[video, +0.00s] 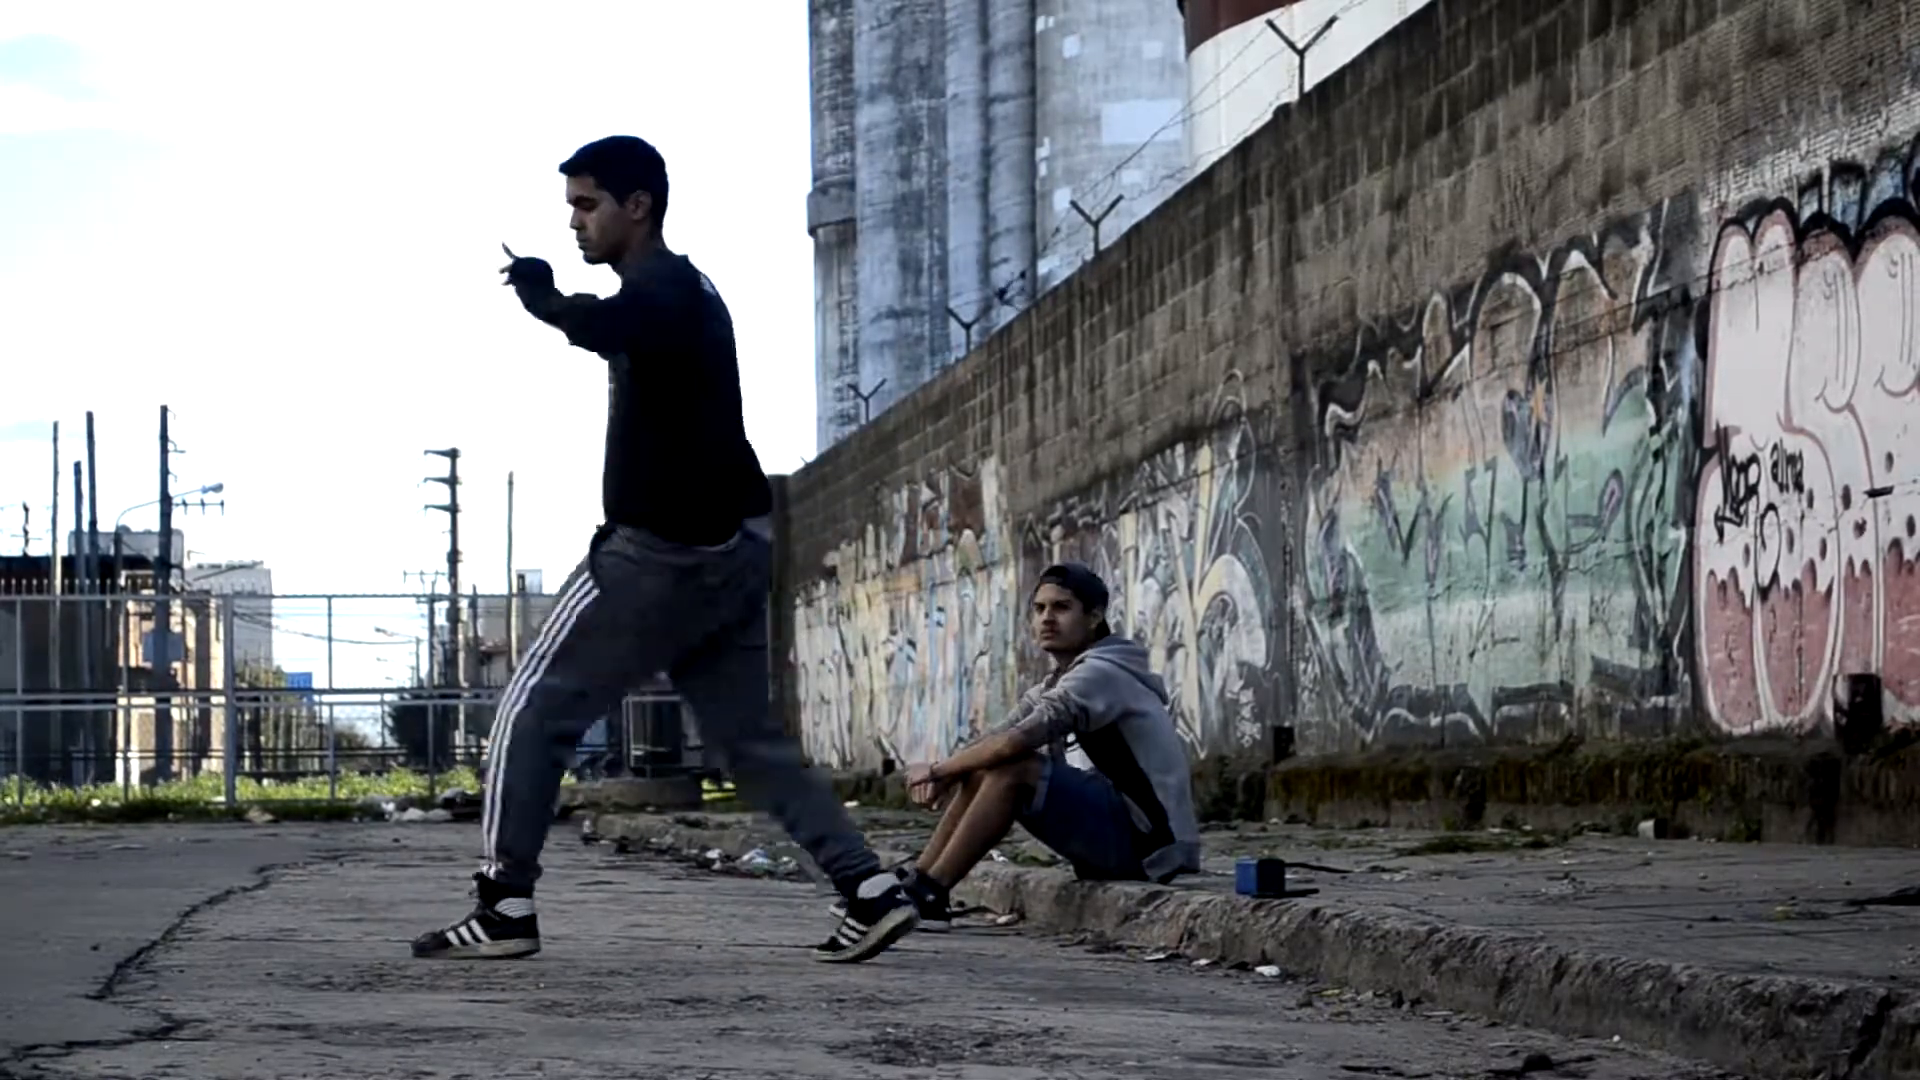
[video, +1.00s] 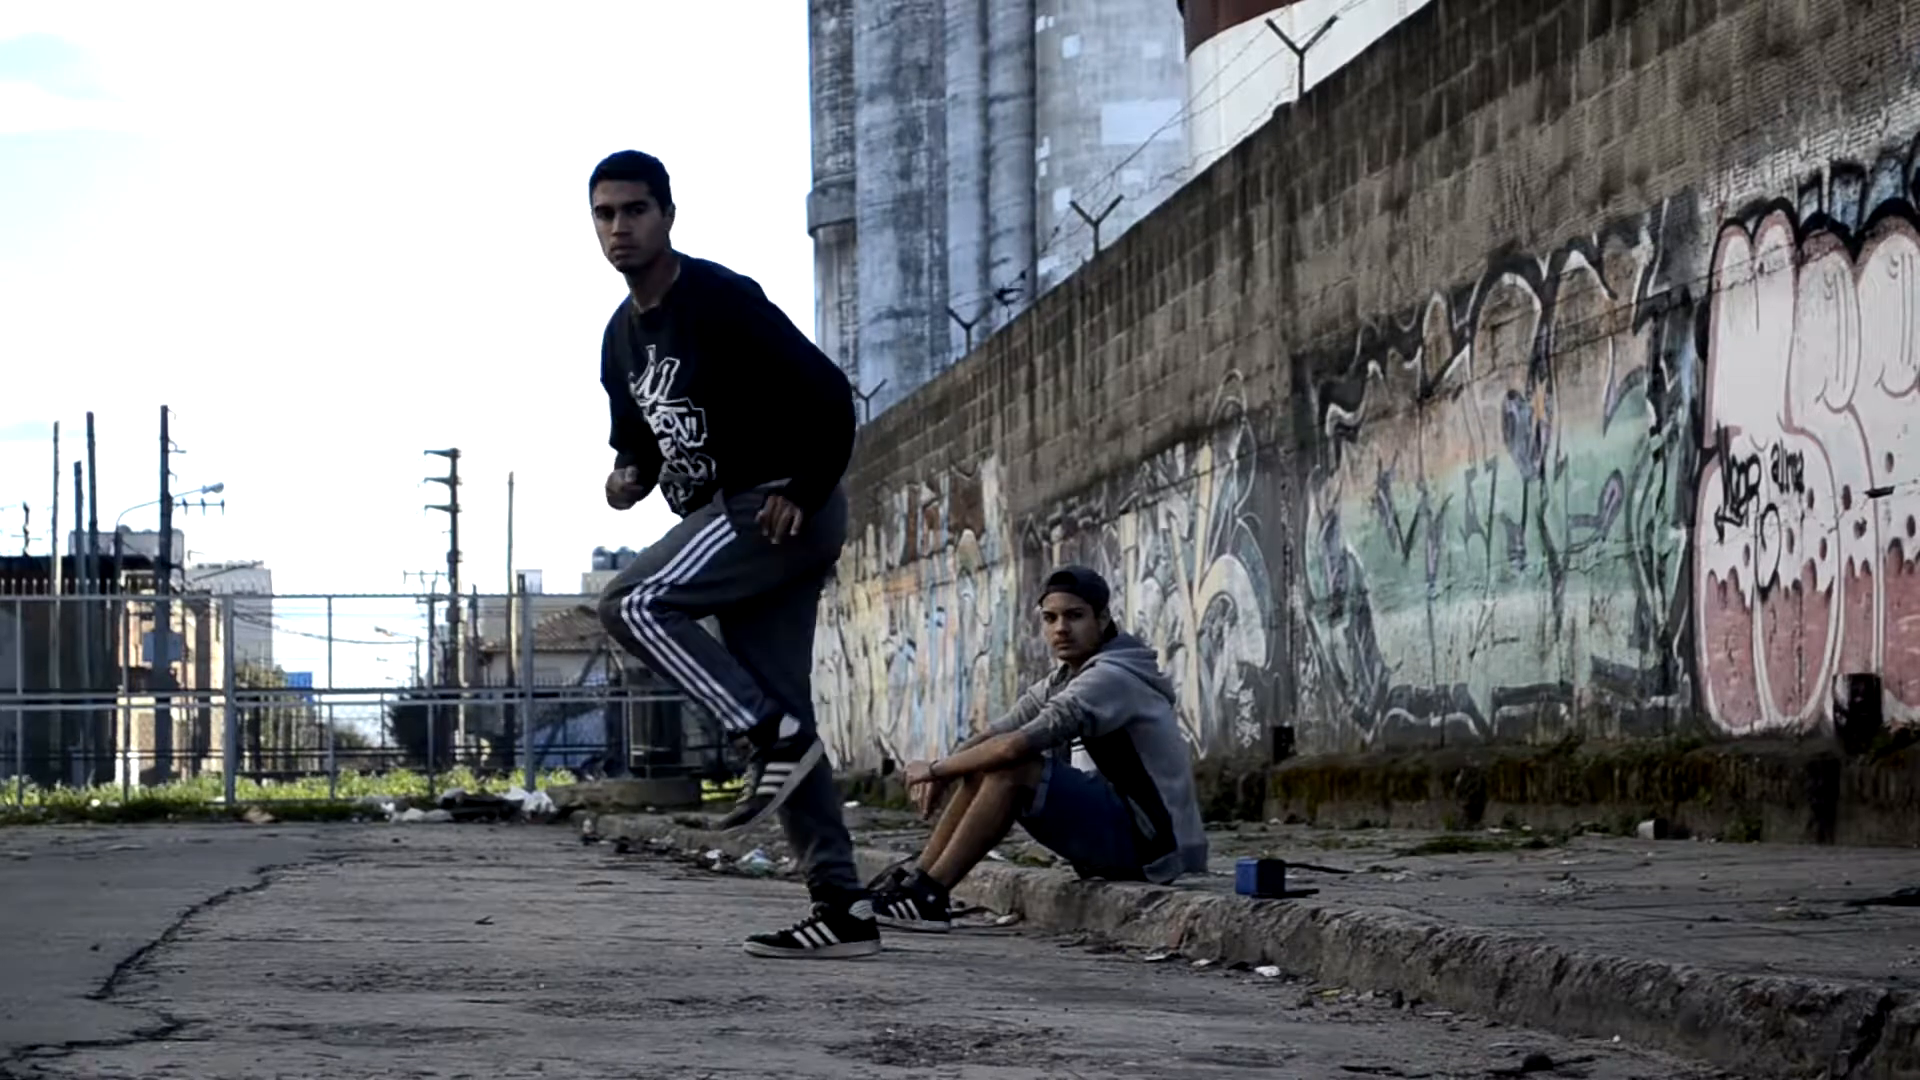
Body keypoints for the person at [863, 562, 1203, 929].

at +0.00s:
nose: (1046, 619)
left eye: (1061, 608)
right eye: (1040, 609)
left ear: (1093, 618)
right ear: (1032, 619)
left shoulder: (1102, 669)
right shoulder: (1066, 674)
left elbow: (1018, 742)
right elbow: (1006, 732)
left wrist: (940, 770)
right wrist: (949, 771)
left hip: (1149, 845)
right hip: (1120, 837)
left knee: (1014, 771)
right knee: (987, 764)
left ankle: (934, 893)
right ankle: (916, 882)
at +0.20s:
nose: (1045, 615)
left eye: (1060, 604)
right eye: (1038, 606)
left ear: (1091, 617)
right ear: (1032, 618)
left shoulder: (1094, 665)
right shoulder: (1078, 669)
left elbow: (1014, 742)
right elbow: (1019, 746)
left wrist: (937, 771)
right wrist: (944, 773)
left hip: (1148, 843)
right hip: (1123, 834)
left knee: (1011, 770)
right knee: (986, 765)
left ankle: (932, 894)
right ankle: (913, 883)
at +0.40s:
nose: (1040, 628)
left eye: (1052, 615)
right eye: (1030, 621)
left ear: (1085, 620)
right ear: (1026, 631)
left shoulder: (1099, 667)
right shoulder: (1077, 673)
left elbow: (1013, 740)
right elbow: (1023, 749)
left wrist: (939, 766)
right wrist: (947, 769)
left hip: (1150, 845)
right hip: (1124, 836)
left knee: (1009, 769)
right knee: (983, 769)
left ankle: (932, 893)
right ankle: (914, 881)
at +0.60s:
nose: (1050, 621)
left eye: (1063, 608)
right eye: (1041, 613)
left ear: (1095, 613)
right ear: (1036, 623)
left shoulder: (1102, 667)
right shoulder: (1084, 669)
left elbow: (1013, 742)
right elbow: (1017, 742)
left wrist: (945, 769)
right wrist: (950, 770)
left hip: (1150, 843)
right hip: (1125, 835)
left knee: (1010, 771)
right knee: (984, 765)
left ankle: (934, 893)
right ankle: (914, 884)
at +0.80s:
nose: (1063, 616)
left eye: (1078, 605)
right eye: (1055, 606)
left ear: (1107, 616)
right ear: (1045, 617)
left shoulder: (1107, 672)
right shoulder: (1071, 671)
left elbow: (1015, 747)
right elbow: (1003, 730)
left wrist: (939, 770)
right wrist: (943, 769)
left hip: (1149, 844)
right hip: (1118, 833)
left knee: (1011, 772)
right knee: (981, 764)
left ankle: (931, 895)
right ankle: (914, 884)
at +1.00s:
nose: (1060, 628)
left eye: (1074, 616)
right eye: (1051, 618)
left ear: (1102, 621)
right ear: (1042, 626)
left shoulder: (1111, 674)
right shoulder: (1072, 673)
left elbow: (1021, 746)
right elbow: (1002, 731)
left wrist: (937, 768)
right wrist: (941, 769)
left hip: (1152, 846)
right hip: (1122, 836)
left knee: (1014, 769)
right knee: (988, 761)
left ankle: (935, 895)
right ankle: (917, 881)